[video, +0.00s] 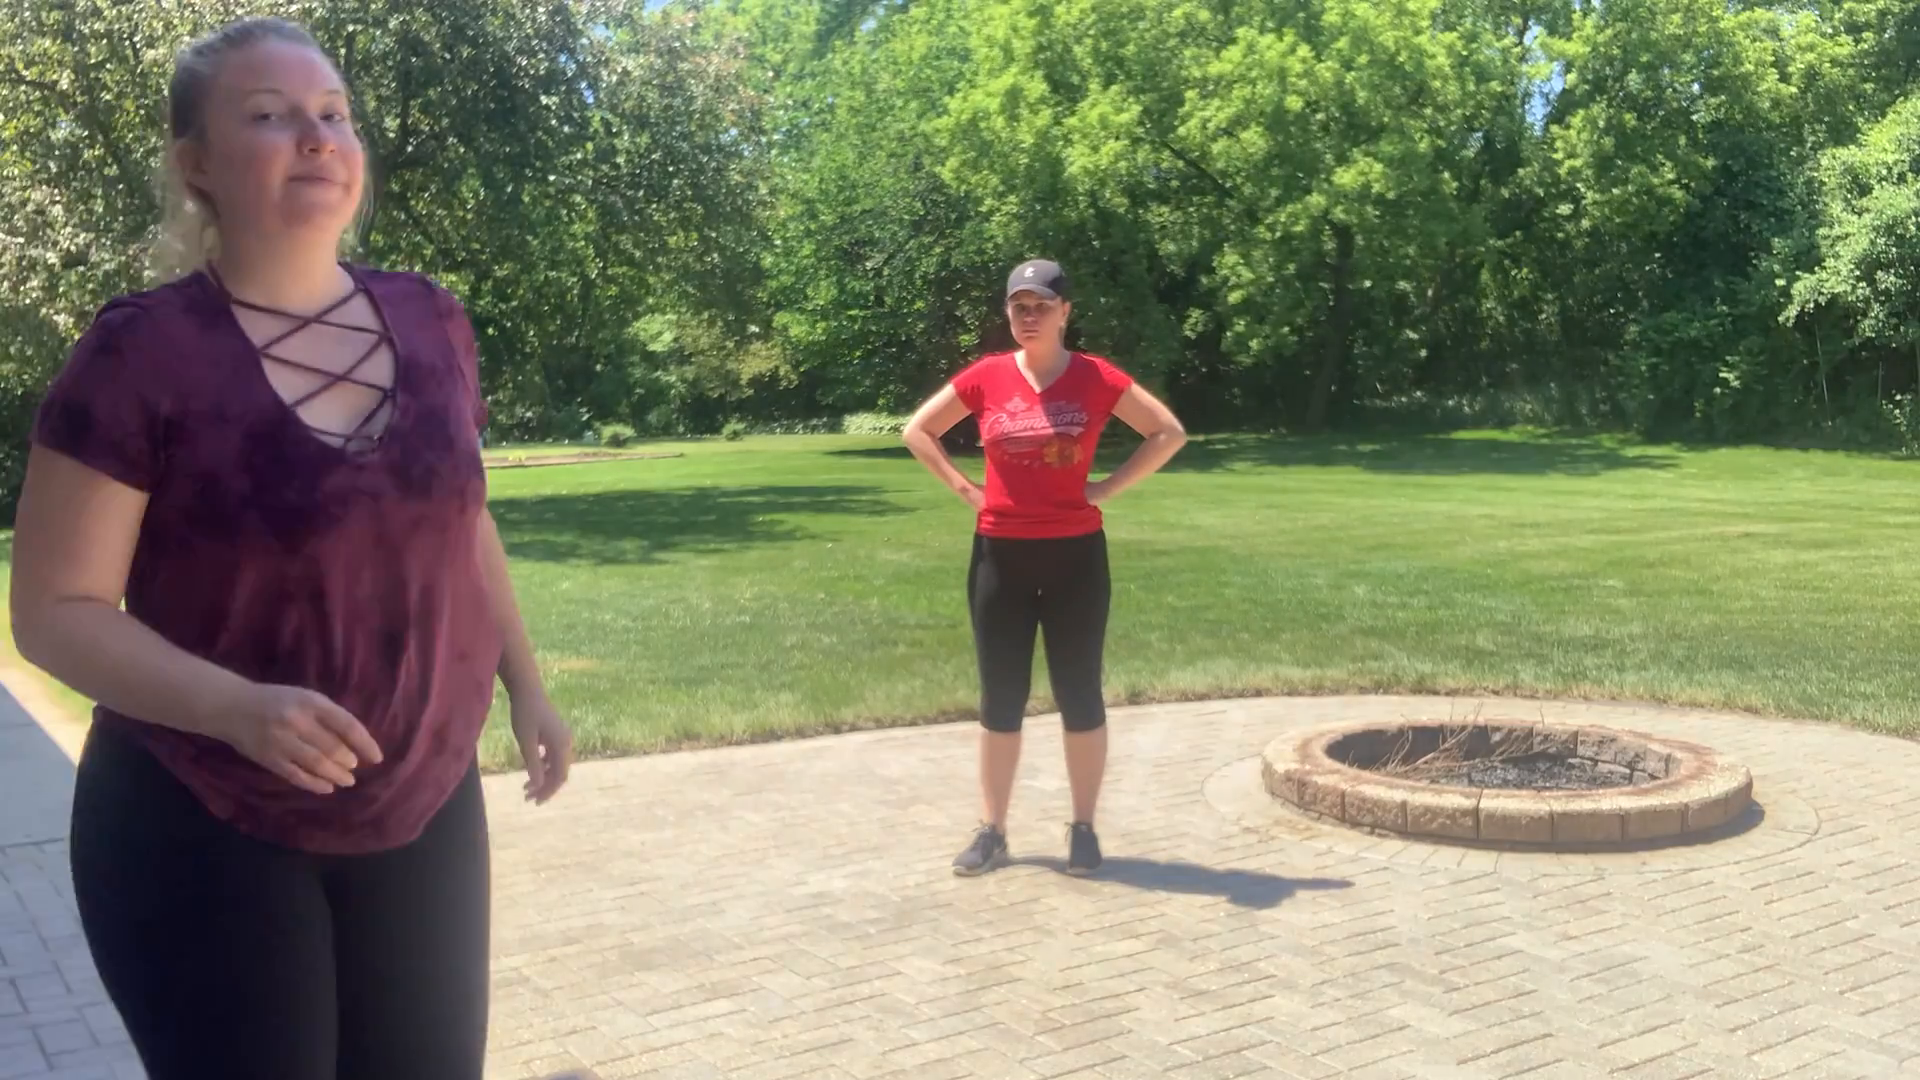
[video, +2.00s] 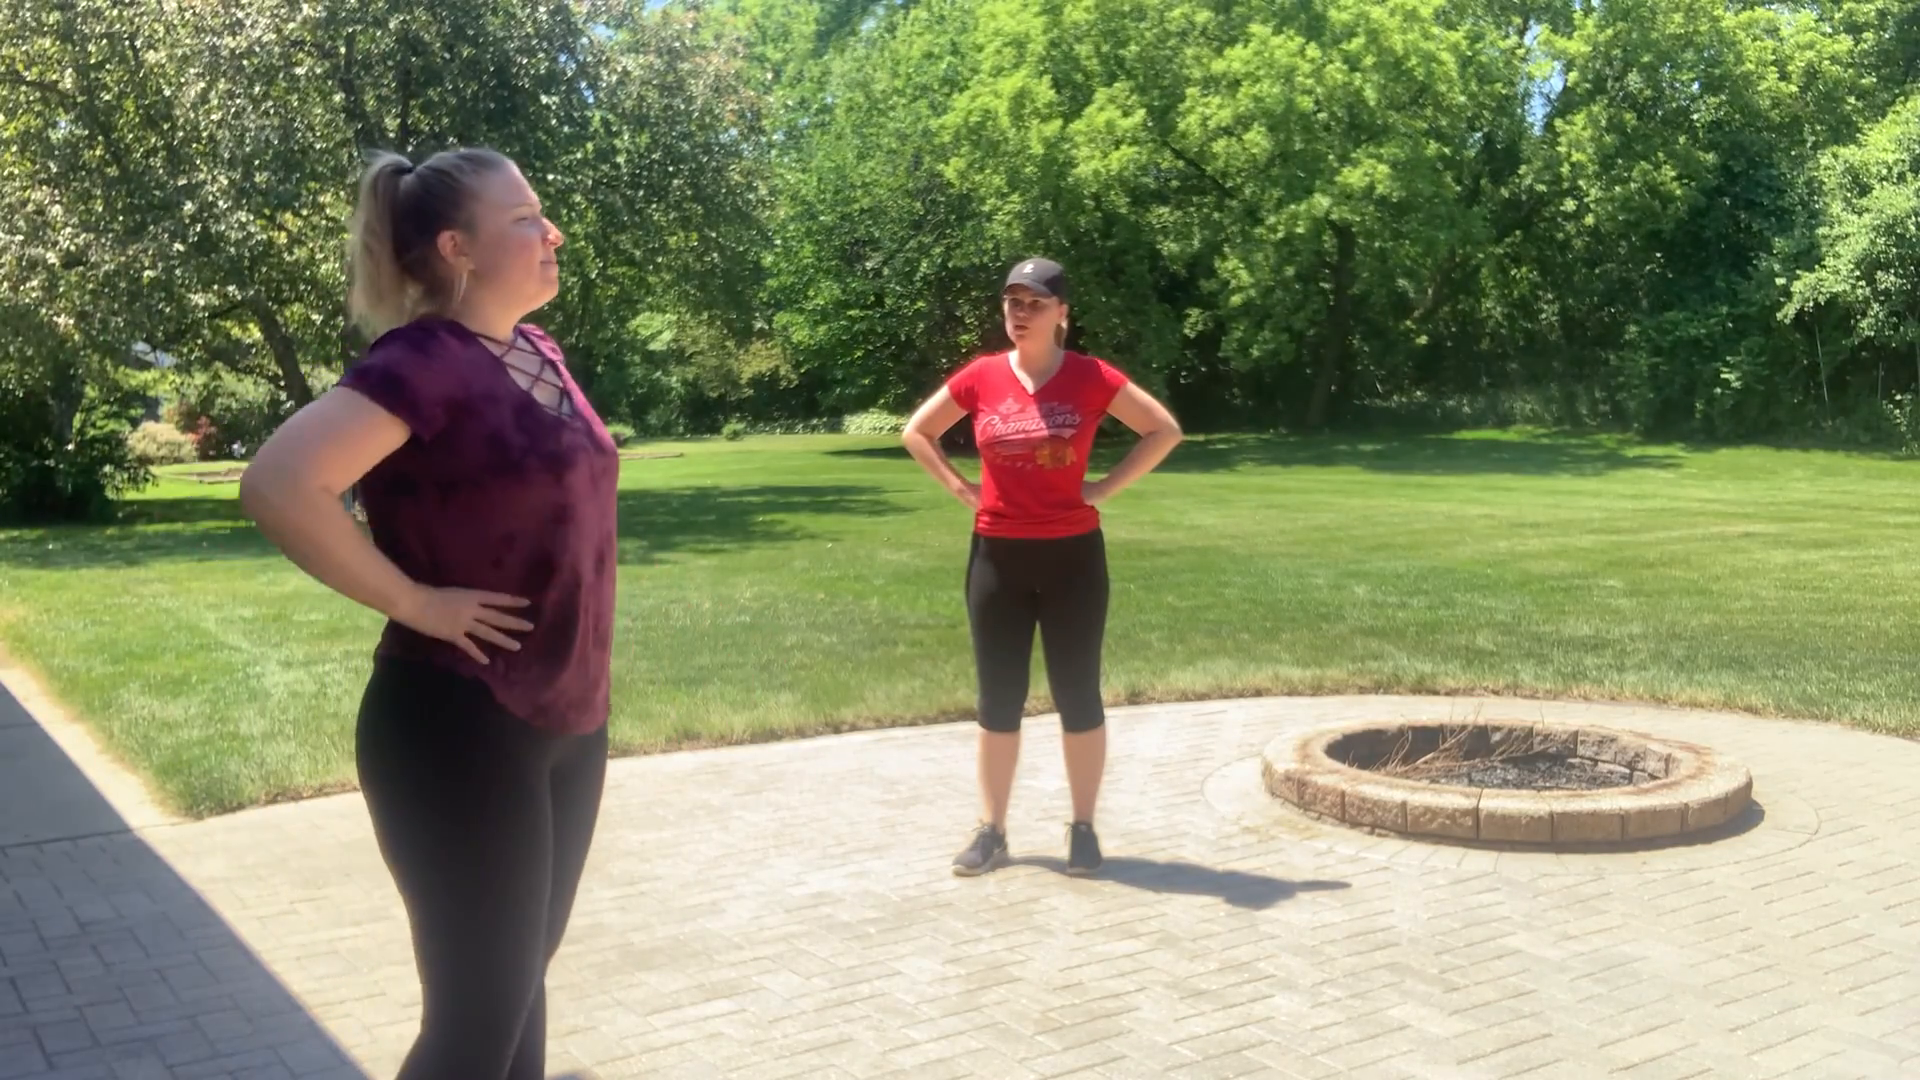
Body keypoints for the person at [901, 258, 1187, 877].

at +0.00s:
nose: (1026, 315)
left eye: (1038, 305)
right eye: (1017, 306)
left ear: (1063, 310)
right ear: (1007, 313)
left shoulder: (1094, 375)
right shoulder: (988, 375)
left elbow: (1171, 433)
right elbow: (916, 432)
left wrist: (1107, 488)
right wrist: (967, 488)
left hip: (1074, 552)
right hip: (1000, 552)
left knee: (1079, 695)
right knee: (1000, 698)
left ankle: (1083, 827)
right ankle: (992, 830)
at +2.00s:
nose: (1017, 313)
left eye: (1031, 304)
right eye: (1011, 303)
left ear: (1061, 312)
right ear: (1003, 311)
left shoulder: (1091, 376)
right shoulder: (982, 375)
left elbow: (1166, 431)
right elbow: (915, 434)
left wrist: (1104, 488)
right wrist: (960, 488)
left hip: (1072, 554)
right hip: (997, 553)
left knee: (1077, 696)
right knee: (998, 698)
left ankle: (1083, 827)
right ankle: (991, 829)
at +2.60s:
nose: (1026, 318)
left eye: (1041, 313)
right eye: (1022, 308)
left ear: (1067, 328)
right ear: (1010, 314)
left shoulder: (1089, 386)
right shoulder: (981, 377)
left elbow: (1163, 436)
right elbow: (913, 433)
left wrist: (1104, 494)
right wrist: (968, 494)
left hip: (1073, 555)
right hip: (998, 555)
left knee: (1077, 694)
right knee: (998, 698)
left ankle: (1083, 826)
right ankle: (991, 828)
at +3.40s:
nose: (1027, 318)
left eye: (1042, 311)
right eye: (1022, 307)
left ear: (1069, 325)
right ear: (1011, 313)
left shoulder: (1091, 383)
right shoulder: (982, 376)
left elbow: (1165, 436)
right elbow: (914, 433)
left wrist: (1103, 494)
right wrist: (969, 494)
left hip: (1073, 555)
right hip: (997, 555)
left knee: (1077, 695)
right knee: (998, 698)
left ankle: (1083, 826)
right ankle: (991, 829)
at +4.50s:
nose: (1033, 323)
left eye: (1049, 317)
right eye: (1029, 312)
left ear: (1075, 332)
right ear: (1017, 320)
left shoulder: (1100, 396)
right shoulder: (987, 390)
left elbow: (1125, 484)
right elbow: (966, 477)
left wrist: (1144, 551)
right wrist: (942, 545)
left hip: (1084, 560)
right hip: (1007, 559)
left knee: (1075, 697)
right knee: (995, 697)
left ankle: (1083, 827)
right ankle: (991, 829)